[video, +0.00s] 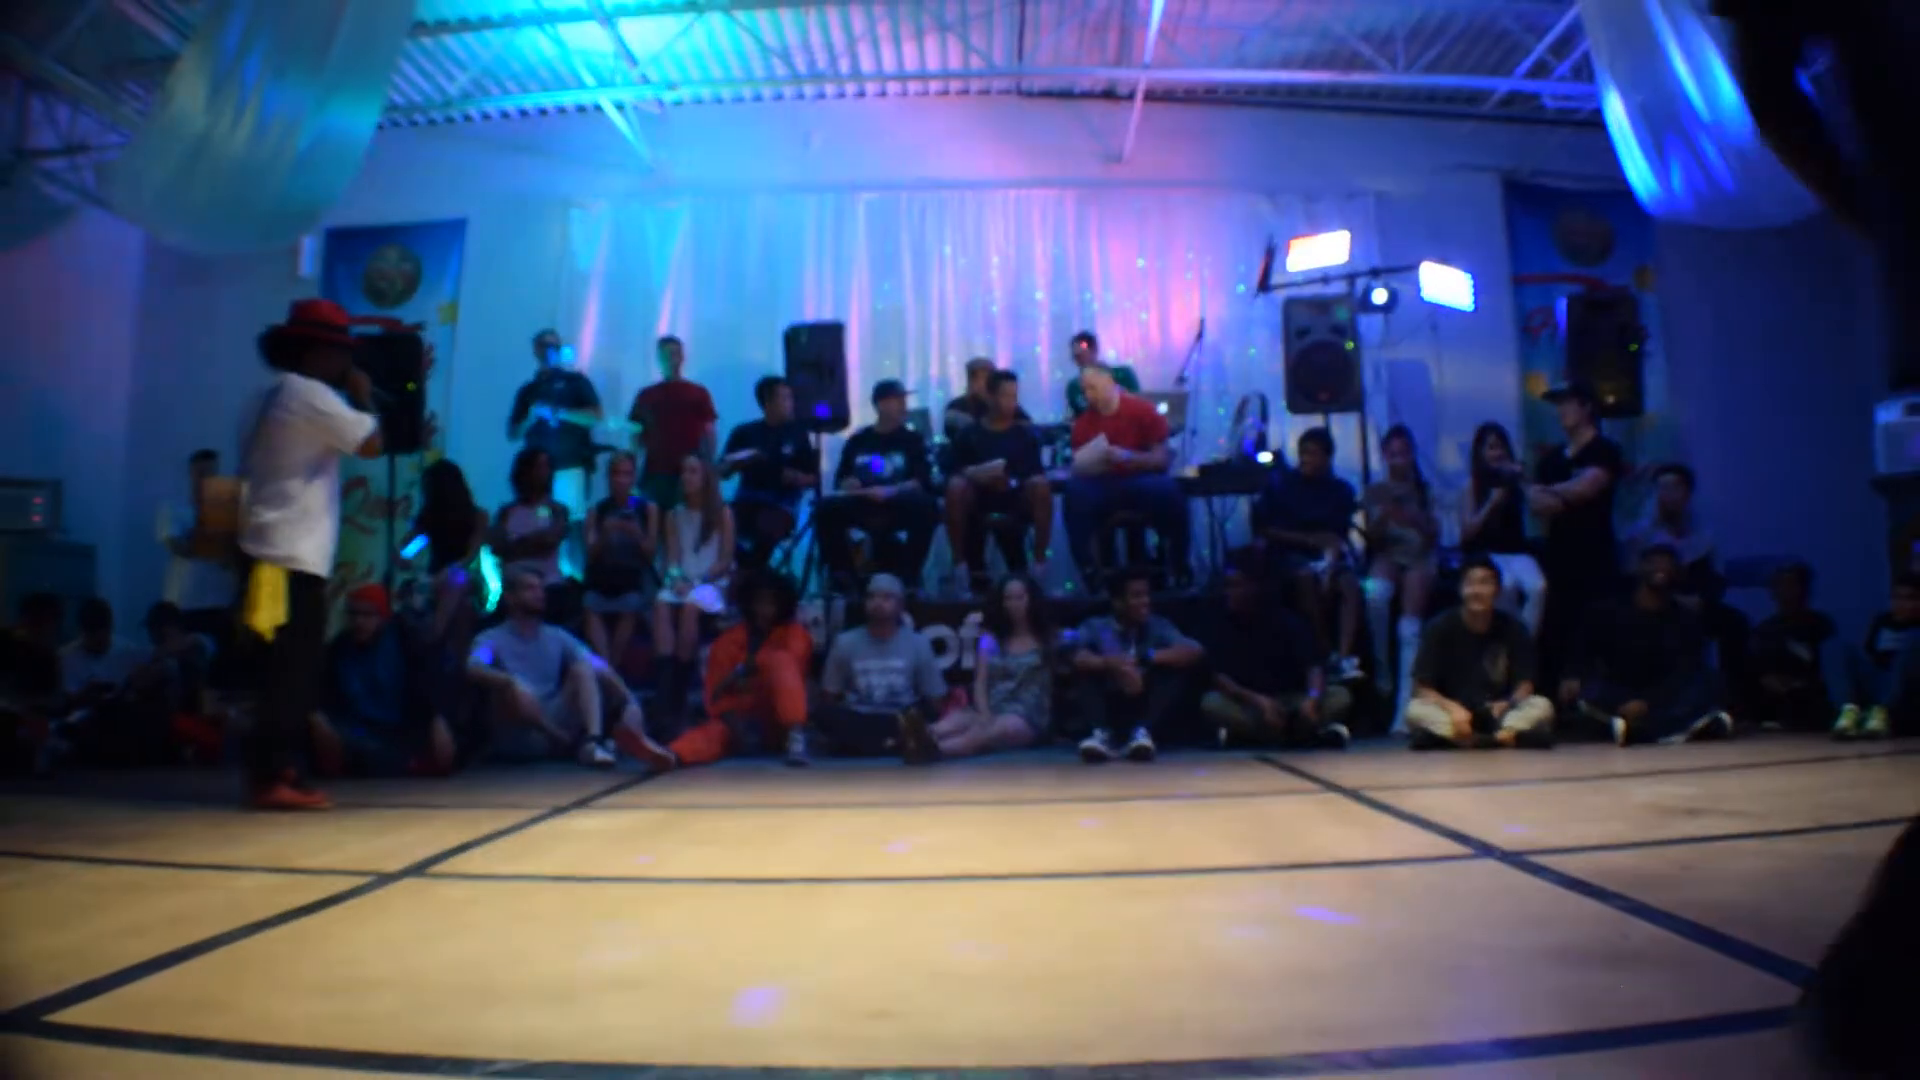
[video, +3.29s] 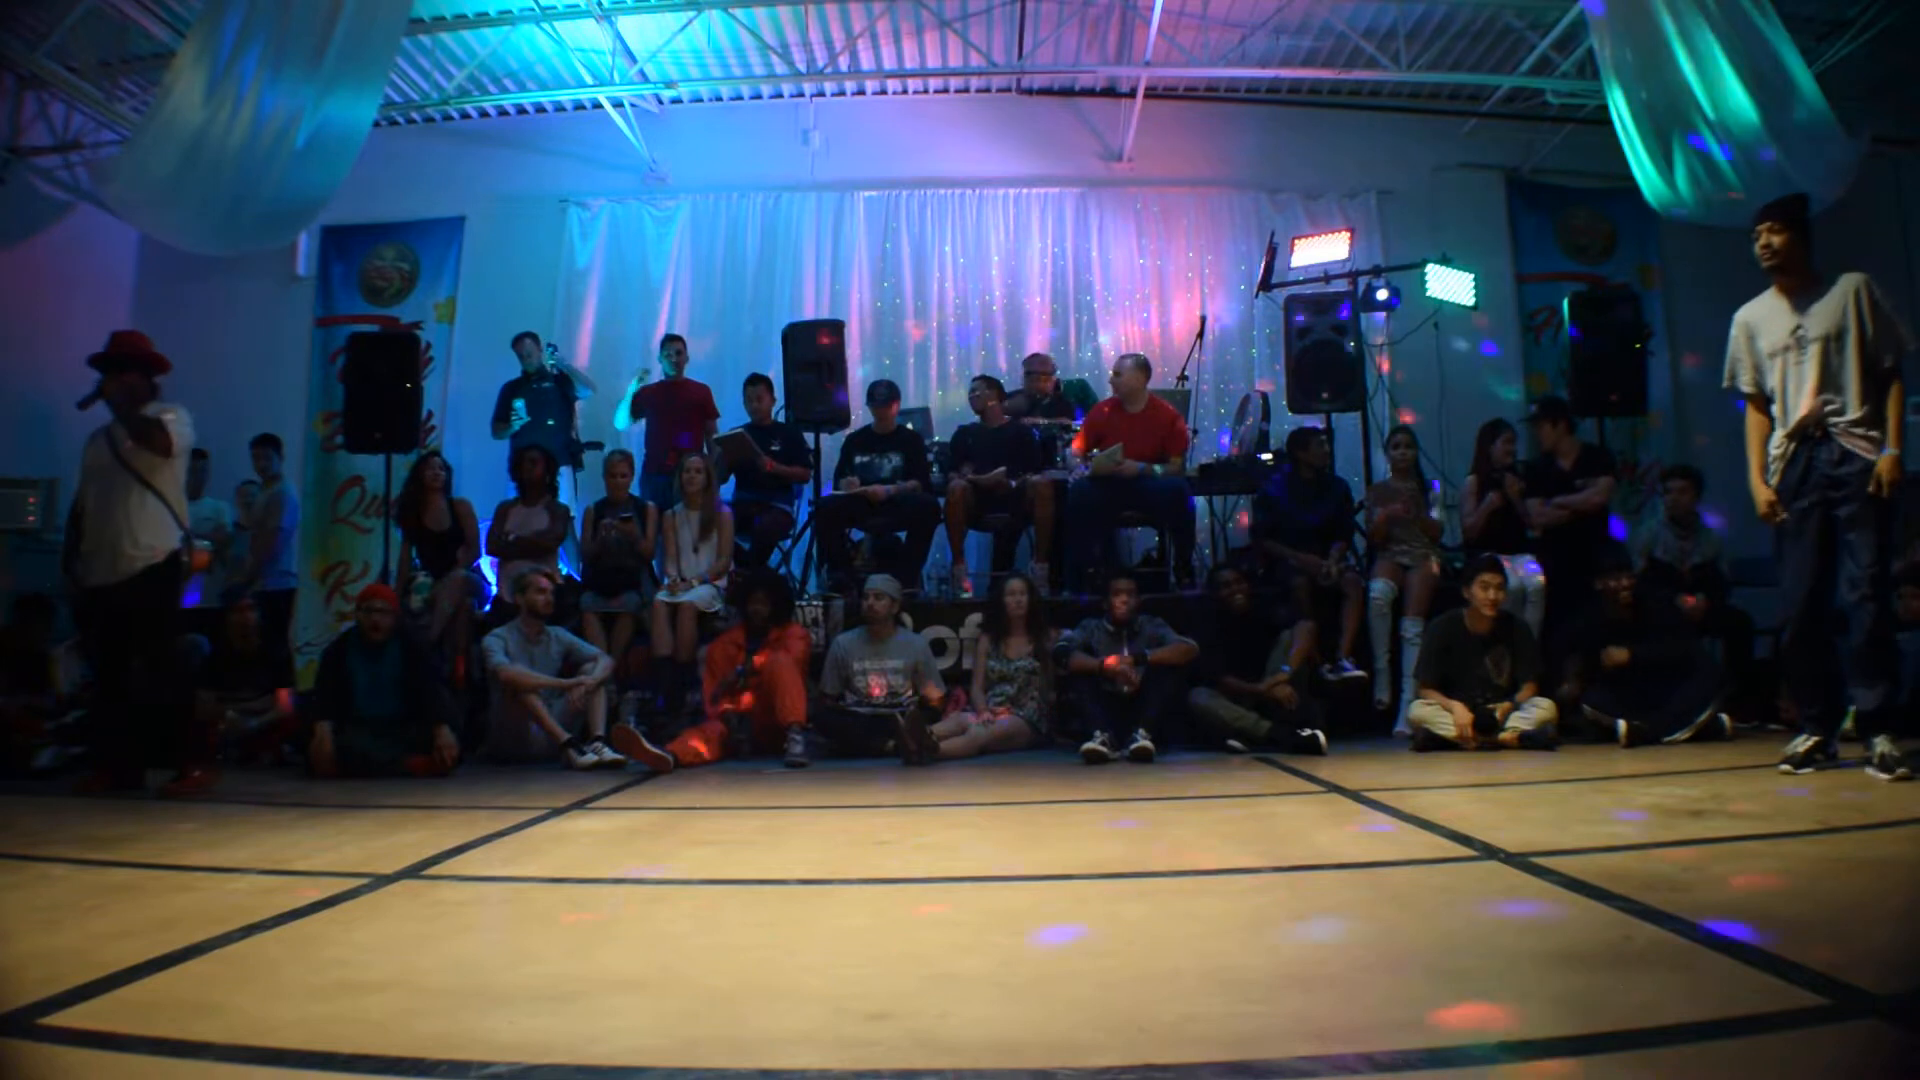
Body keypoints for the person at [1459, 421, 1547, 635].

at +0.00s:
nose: (1497, 453)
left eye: (1500, 447)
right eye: (1490, 448)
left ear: (1508, 449)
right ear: (1479, 452)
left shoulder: (1517, 479)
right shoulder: (1474, 485)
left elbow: (1538, 504)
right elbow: (1468, 529)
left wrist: (1520, 476)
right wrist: (1492, 503)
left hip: (1517, 550)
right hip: (1488, 550)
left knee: (1537, 586)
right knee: (1505, 586)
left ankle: (1527, 644)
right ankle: (1501, 641)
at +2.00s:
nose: (1502, 452)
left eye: (1507, 445)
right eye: (1496, 446)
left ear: (1514, 447)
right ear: (1484, 449)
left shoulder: (1523, 478)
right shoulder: (1475, 482)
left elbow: (1534, 522)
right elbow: (1470, 530)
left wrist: (1515, 498)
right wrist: (1482, 502)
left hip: (1520, 549)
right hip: (1488, 550)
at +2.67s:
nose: (1513, 447)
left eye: (1514, 441)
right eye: (1508, 441)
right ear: (1490, 445)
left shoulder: (1518, 478)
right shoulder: (1473, 482)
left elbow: (1528, 519)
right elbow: (1469, 528)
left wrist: (1514, 498)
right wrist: (1486, 505)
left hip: (1518, 551)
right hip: (1486, 553)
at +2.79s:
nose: (1514, 447)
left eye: (1514, 441)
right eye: (1508, 441)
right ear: (1491, 446)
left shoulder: (1515, 479)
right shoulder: (1473, 483)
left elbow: (1525, 519)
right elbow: (1469, 530)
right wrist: (1486, 506)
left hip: (1519, 550)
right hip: (1488, 551)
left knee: (1535, 583)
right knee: (1513, 584)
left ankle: (1527, 642)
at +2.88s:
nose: (1514, 447)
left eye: (1515, 441)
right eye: (1509, 441)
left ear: (1514, 445)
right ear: (1492, 445)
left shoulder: (1518, 477)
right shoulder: (1474, 481)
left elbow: (1528, 519)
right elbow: (1468, 528)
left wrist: (1514, 500)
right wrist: (1486, 506)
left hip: (1519, 549)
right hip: (1488, 549)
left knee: (1534, 581)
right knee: (1512, 583)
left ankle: (1529, 642)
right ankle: (1500, 640)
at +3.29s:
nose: (1511, 448)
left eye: (1512, 442)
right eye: (1505, 442)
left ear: (1515, 445)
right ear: (1489, 447)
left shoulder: (1518, 479)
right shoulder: (1474, 483)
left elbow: (1533, 521)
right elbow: (1469, 530)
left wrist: (1516, 499)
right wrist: (1487, 507)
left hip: (1520, 551)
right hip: (1489, 551)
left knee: (1536, 581)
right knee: (1513, 584)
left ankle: (1530, 644)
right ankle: (1502, 643)